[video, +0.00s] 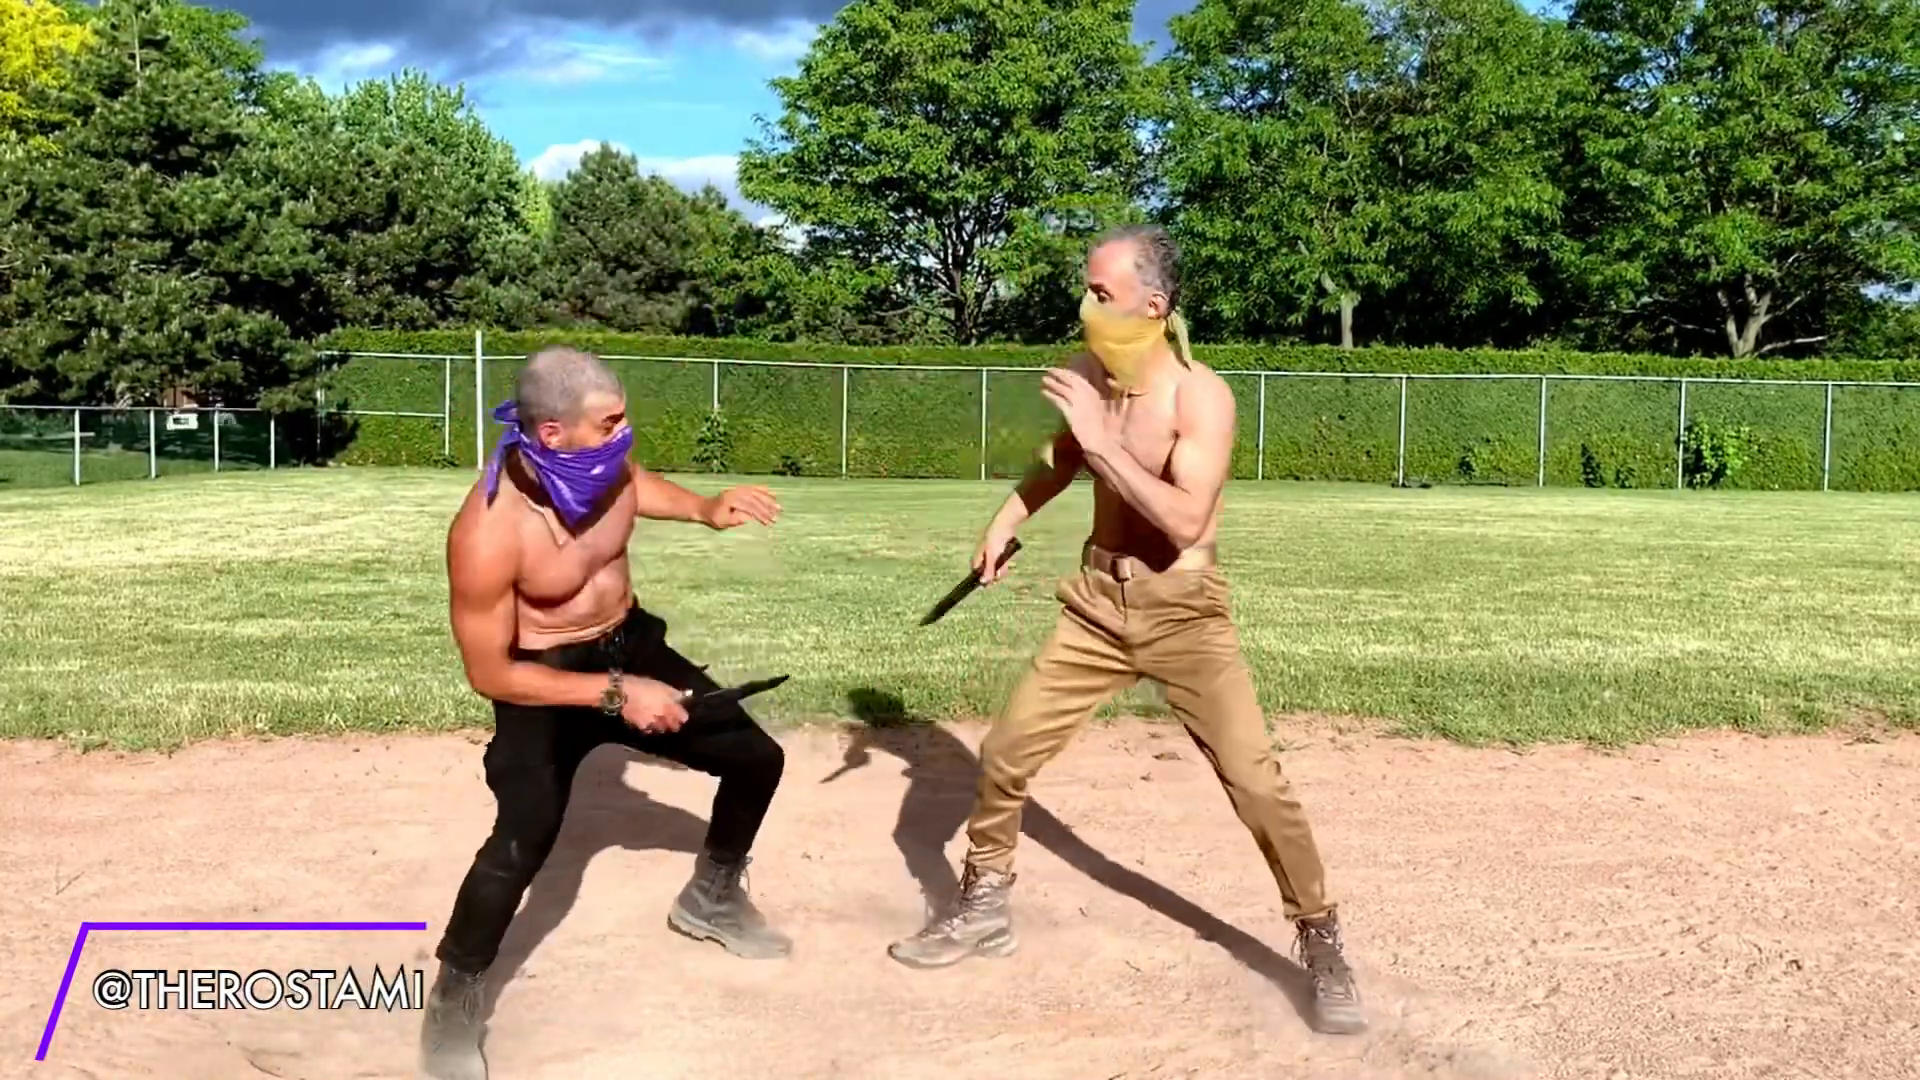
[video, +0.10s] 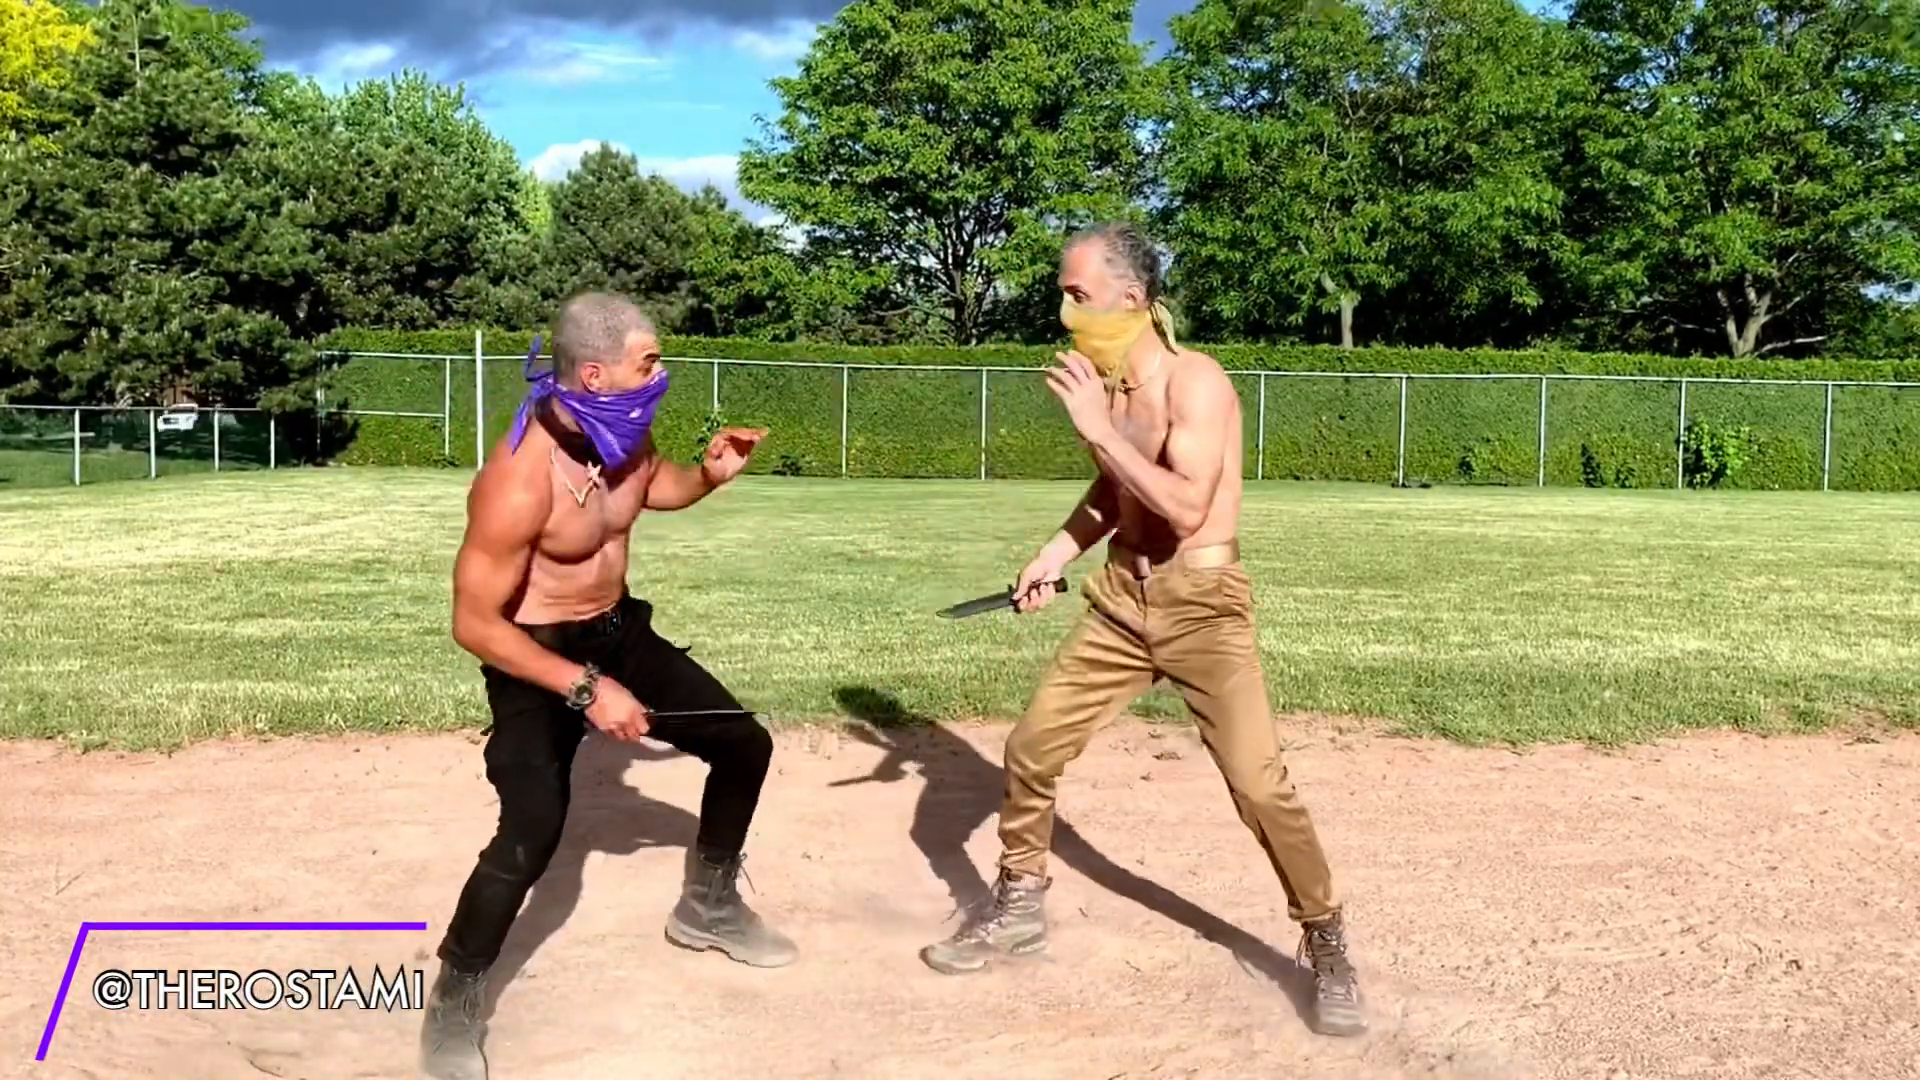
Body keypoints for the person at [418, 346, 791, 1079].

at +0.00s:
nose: (621, 438)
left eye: (622, 425)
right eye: (608, 429)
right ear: (549, 435)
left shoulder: (600, 465)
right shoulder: (488, 530)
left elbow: (628, 485)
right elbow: (489, 673)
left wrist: (704, 507)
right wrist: (616, 691)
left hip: (627, 650)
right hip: (543, 681)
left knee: (756, 761)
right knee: (523, 839)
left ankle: (713, 894)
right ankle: (455, 998)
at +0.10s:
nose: (658, 379)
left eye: (658, 363)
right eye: (645, 364)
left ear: (605, 374)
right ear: (591, 375)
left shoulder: (624, 435)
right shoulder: (518, 476)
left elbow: (657, 490)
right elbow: (473, 624)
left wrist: (706, 476)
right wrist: (586, 687)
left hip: (618, 635)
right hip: (536, 659)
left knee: (744, 745)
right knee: (530, 834)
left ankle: (710, 902)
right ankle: (456, 1001)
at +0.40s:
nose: (733, 315)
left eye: (734, 301)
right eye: (724, 299)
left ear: (678, 301)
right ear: (674, 302)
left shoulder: (666, 383)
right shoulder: (601, 388)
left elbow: (666, 467)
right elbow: (504, 513)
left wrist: (738, 423)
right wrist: (597, 588)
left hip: (631, 611)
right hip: (554, 618)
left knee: (729, 751)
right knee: (534, 817)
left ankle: (719, 915)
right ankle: (434, 998)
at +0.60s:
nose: (741, 336)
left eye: (745, 321)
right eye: (729, 320)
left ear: (714, 321)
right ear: (676, 321)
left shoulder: (725, 391)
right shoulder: (592, 395)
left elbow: (773, 465)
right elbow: (531, 524)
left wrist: (863, 501)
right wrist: (652, 542)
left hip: (660, 609)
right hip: (572, 612)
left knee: (751, 758)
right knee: (570, 794)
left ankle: (721, 919)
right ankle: (495, 988)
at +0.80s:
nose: (713, 325)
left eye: (716, 310)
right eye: (703, 308)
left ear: (668, 309)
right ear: (653, 307)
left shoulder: (688, 387)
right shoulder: (574, 391)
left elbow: (752, 445)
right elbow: (571, 534)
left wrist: (822, 378)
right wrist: (684, 489)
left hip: (654, 614)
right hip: (579, 618)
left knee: (744, 756)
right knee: (592, 813)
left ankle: (731, 915)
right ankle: (495, 992)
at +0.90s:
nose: (667, 316)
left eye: (669, 303)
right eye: (656, 300)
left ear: (614, 302)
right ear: (610, 299)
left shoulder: (606, 373)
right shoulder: (588, 354)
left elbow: (708, 409)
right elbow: (696, 418)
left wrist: (734, 318)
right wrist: (786, 361)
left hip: (637, 615)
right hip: (575, 624)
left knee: (727, 760)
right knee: (598, 838)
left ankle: (730, 914)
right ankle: (490, 995)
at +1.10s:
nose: (604, 308)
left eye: (606, 294)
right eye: (592, 290)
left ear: (548, 295)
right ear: (542, 288)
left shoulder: (558, 373)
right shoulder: (502, 361)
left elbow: (662, 425)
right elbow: (605, 440)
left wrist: (638, 321)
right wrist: (683, 361)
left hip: (633, 596)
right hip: (564, 608)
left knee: (703, 757)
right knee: (585, 815)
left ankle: (722, 912)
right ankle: (491, 992)